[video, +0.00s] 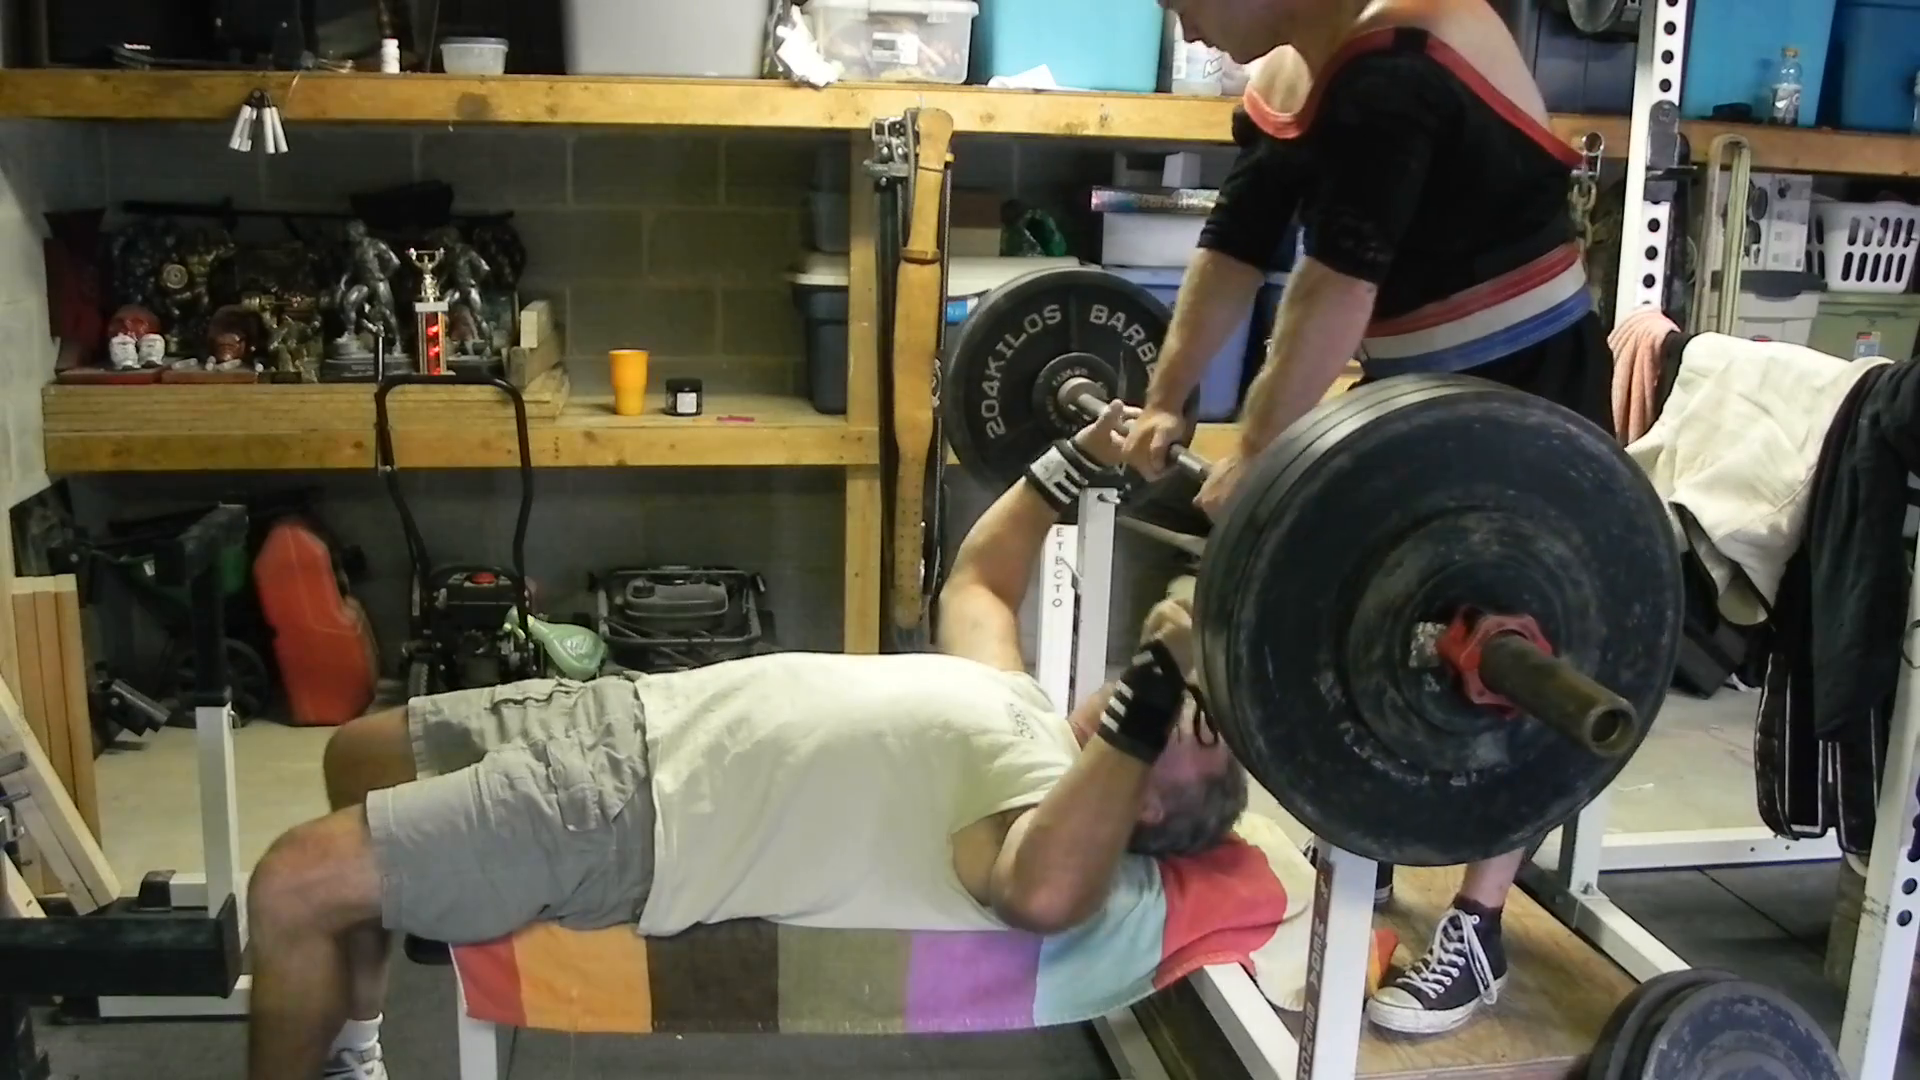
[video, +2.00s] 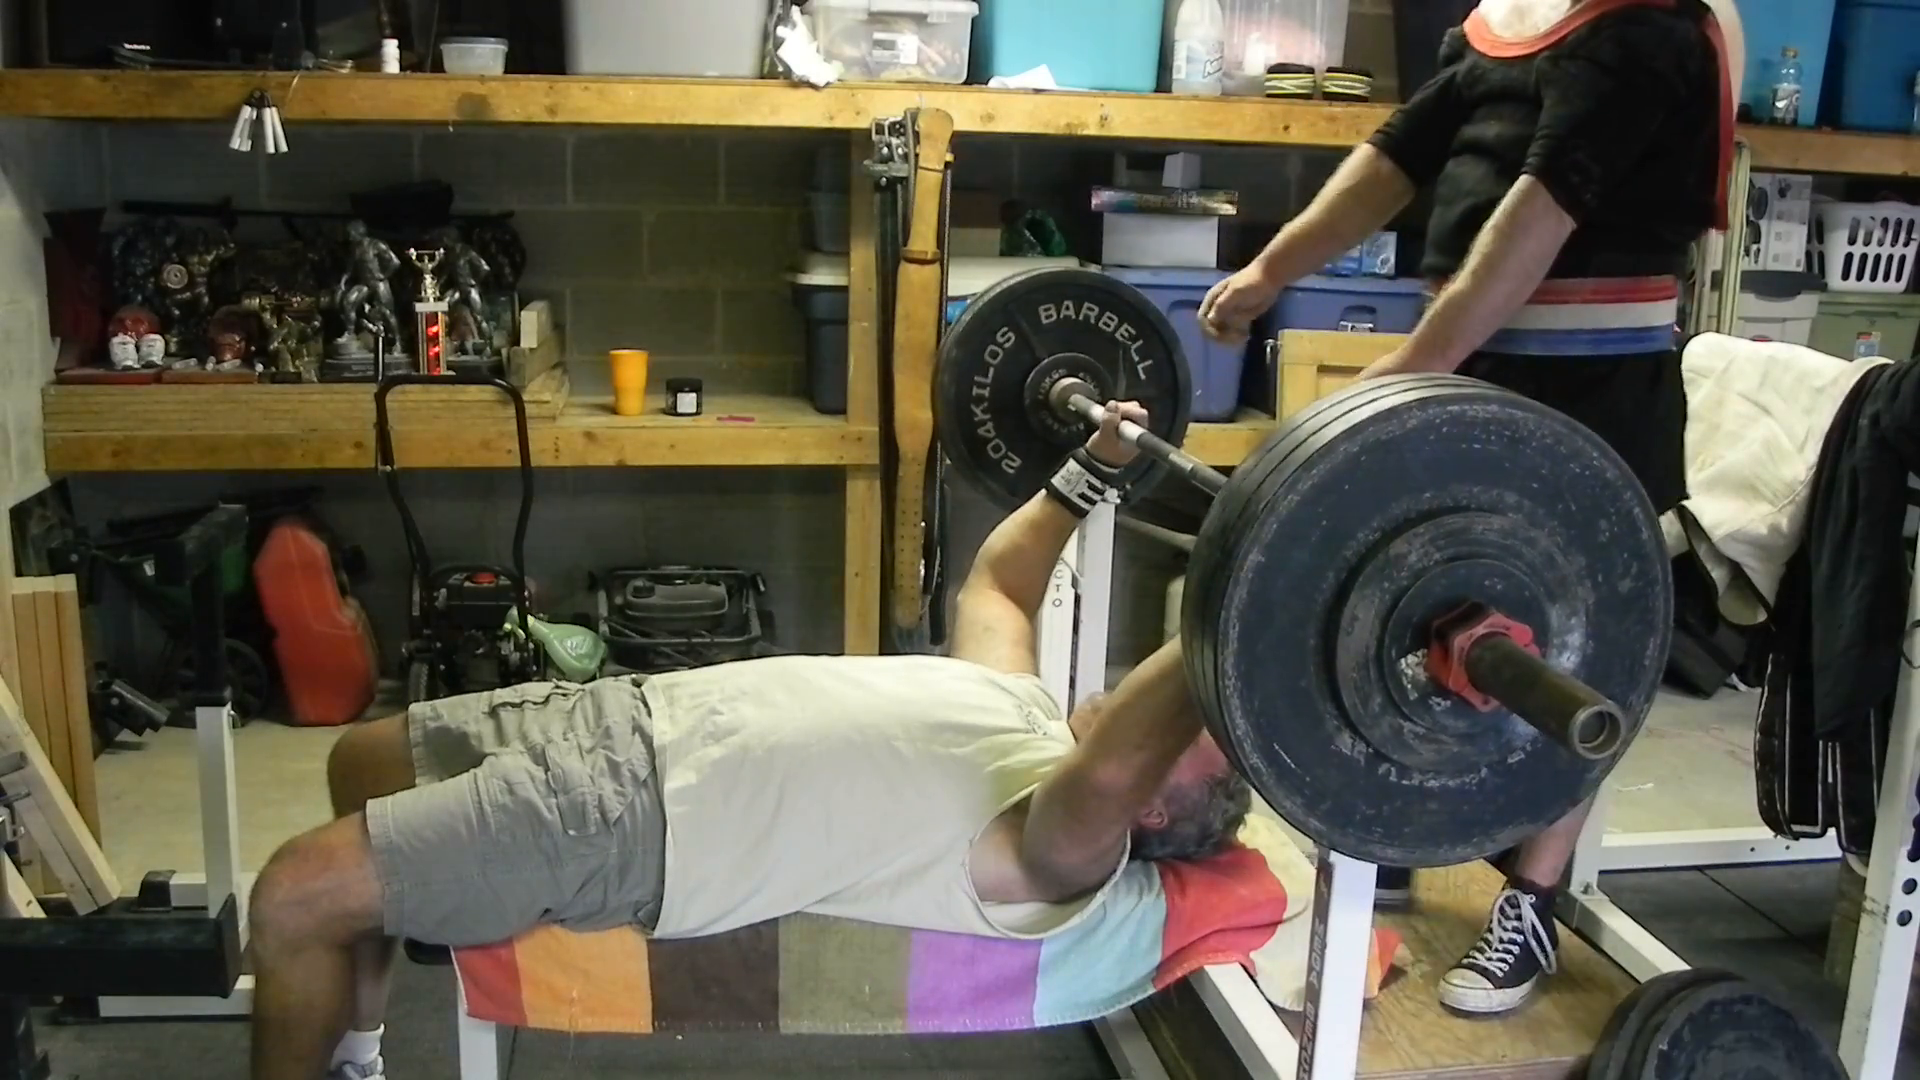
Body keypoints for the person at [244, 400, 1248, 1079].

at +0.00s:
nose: (1163, 708)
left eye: (1198, 733)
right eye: (1176, 695)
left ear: (1185, 809)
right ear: (1143, 707)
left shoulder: (1071, 842)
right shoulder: (1012, 713)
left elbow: (1047, 896)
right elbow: (988, 580)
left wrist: (1159, 678)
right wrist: (1075, 462)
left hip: (637, 816)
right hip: (629, 710)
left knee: (294, 884)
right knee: (362, 757)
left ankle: (288, 1069)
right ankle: (348, 1043)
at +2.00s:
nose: (1166, 718)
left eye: (1199, 738)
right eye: (1189, 711)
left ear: (1194, 803)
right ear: (1161, 732)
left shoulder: (1061, 857)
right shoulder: (1009, 716)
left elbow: (1121, 748)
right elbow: (1005, 583)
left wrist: (1249, 614)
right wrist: (1089, 472)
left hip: (631, 822)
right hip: (621, 711)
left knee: (297, 892)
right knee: (367, 763)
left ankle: (295, 1063)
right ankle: (350, 1040)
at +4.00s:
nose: (1185, 731)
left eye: (1218, 745)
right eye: (1202, 716)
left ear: (1206, 810)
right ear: (1173, 719)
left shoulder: (1074, 851)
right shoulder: (1017, 702)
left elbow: (1125, 761)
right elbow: (999, 570)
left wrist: (1250, 623)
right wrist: (1086, 472)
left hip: (656, 821)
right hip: (635, 709)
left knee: (320, 914)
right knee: (384, 768)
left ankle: (318, 1062)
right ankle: (424, 951)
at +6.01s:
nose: (1191, 734)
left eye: (1220, 744)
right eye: (1207, 720)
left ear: (1214, 801)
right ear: (1184, 736)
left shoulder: (1080, 853)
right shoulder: (1026, 714)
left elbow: (1143, 753)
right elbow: (1008, 588)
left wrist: (1258, 608)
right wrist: (1091, 469)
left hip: (667, 818)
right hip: (648, 709)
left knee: (325, 921)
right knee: (386, 766)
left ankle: (331, 1065)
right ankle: (407, 991)